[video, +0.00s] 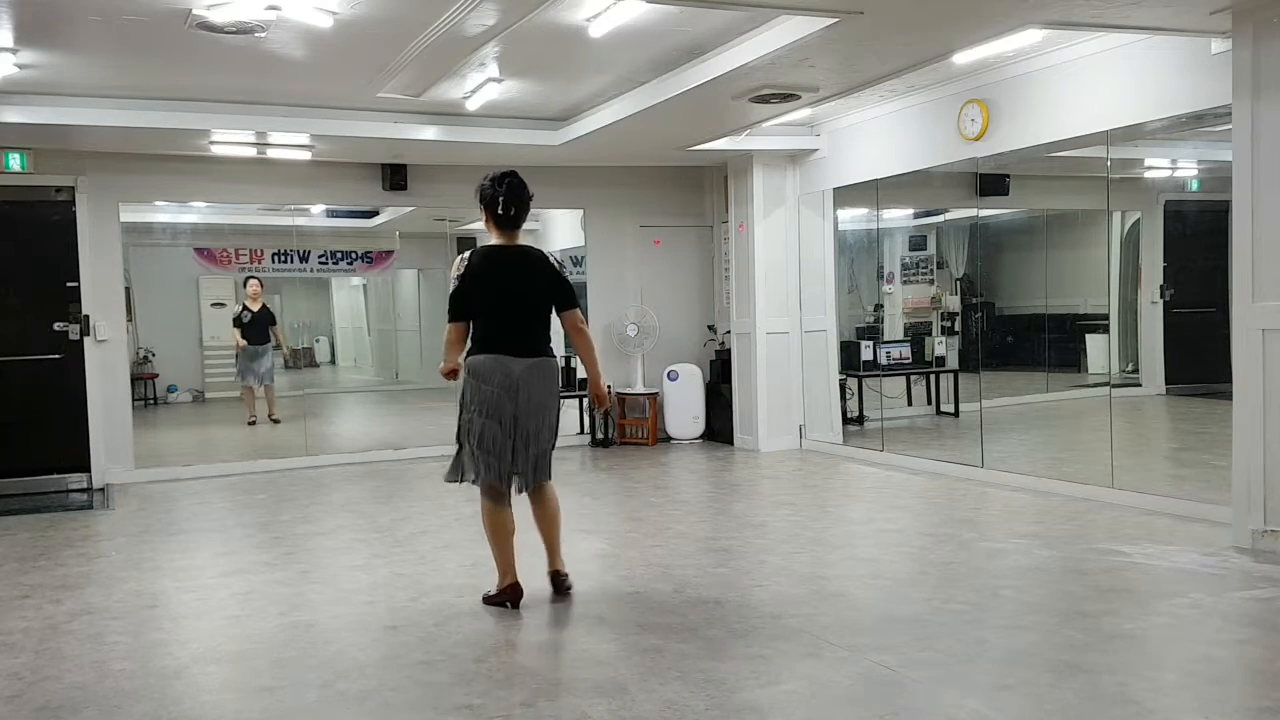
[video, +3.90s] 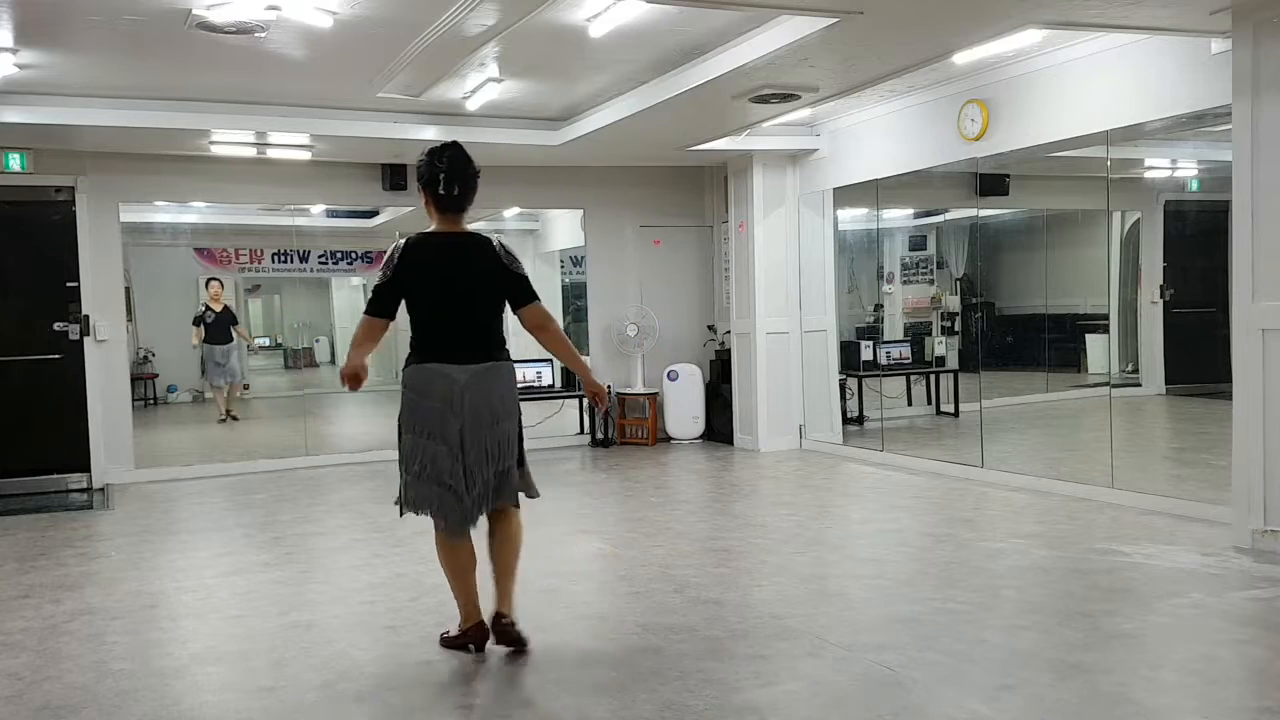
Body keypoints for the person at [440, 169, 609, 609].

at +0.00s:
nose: (481, 216)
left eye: (481, 210)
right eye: (485, 209)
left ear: (486, 215)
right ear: (525, 215)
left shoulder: (471, 265)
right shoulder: (545, 264)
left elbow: (457, 330)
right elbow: (575, 325)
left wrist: (451, 362)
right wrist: (596, 378)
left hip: (488, 371)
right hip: (541, 371)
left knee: (493, 482)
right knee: (539, 475)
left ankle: (509, 584)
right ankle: (557, 569)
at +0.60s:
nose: (551, 217)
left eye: (551, 212)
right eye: (554, 211)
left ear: (556, 215)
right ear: (594, 212)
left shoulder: (552, 261)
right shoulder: (614, 259)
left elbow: (526, 324)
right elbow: (652, 316)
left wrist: (483, 332)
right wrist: (673, 360)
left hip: (568, 370)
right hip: (619, 367)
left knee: (558, 469)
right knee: (624, 465)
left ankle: (563, 569)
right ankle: (633, 562)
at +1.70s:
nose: (604, 214)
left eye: (604, 208)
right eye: (606, 208)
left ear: (609, 210)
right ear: (652, 207)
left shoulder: (604, 260)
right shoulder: (675, 258)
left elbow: (592, 328)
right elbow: (706, 326)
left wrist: (559, 367)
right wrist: (712, 378)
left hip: (621, 373)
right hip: (677, 369)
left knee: (623, 480)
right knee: (679, 484)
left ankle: (631, 576)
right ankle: (678, 593)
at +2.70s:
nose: (546, 200)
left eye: (545, 193)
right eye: (550, 192)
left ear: (549, 197)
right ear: (595, 196)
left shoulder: (535, 250)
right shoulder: (615, 253)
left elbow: (511, 322)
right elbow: (648, 322)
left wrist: (483, 347)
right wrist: (677, 368)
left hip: (553, 377)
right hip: (610, 377)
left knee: (557, 496)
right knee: (601, 490)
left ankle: (573, 612)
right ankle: (608, 601)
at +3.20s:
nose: (513, 199)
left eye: (513, 192)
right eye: (516, 191)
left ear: (520, 196)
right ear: (564, 195)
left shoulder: (507, 251)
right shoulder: (585, 252)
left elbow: (487, 322)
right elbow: (621, 321)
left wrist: (452, 345)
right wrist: (641, 361)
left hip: (523, 379)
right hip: (583, 376)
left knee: (509, 497)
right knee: (591, 493)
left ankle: (513, 613)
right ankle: (594, 606)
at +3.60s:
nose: (456, 195)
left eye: (454, 189)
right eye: (461, 188)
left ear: (458, 195)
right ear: (505, 194)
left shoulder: (440, 251)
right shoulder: (524, 252)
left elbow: (412, 324)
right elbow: (568, 321)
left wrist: (390, 330)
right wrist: (607, 372)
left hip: (463, 380)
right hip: (523, 379)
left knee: (465, 503)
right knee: (548, 490)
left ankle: (472, 623)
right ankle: (586, 596)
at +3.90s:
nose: (428, 198)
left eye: (424, 191)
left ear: (424, 197)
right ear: (473, 195)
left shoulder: (408, 254)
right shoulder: (494, 252)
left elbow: (376, 320)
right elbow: (538, 320)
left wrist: (356, 358)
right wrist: (584, 371)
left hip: (430, 383)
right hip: (493, 382)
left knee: (448, 508)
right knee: (503, 500)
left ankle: (472, 623)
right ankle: (504, 612)